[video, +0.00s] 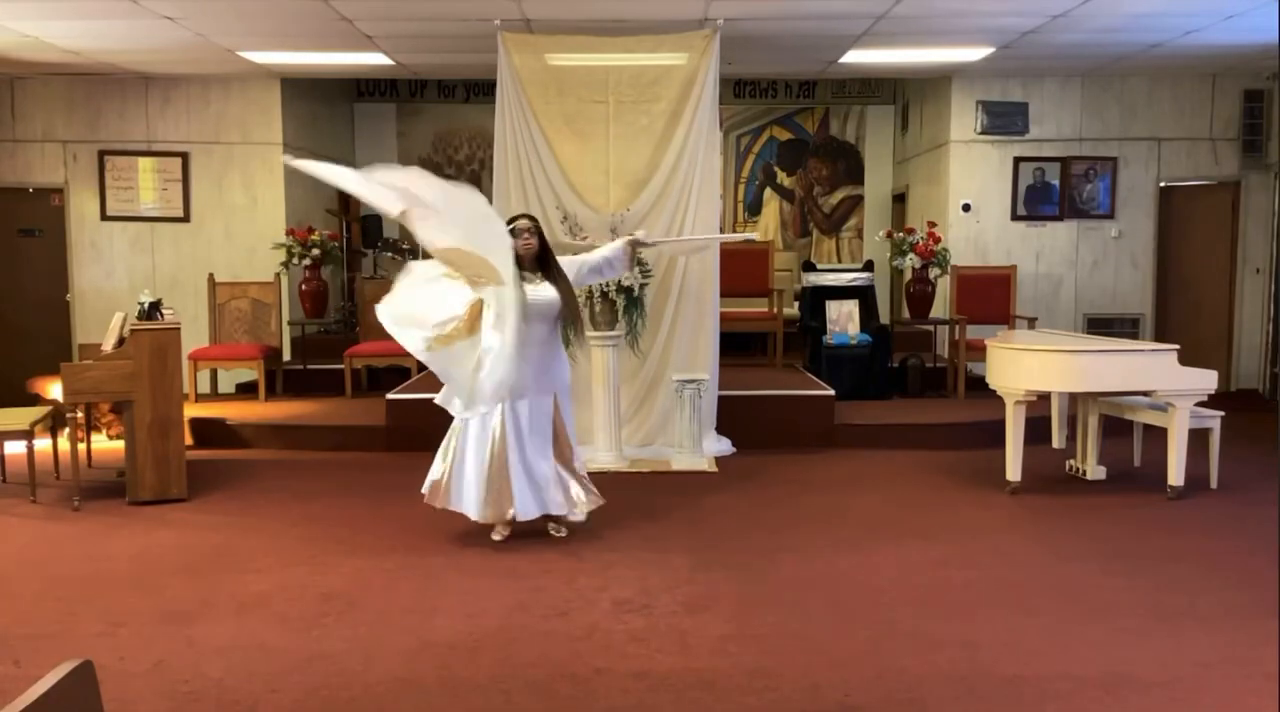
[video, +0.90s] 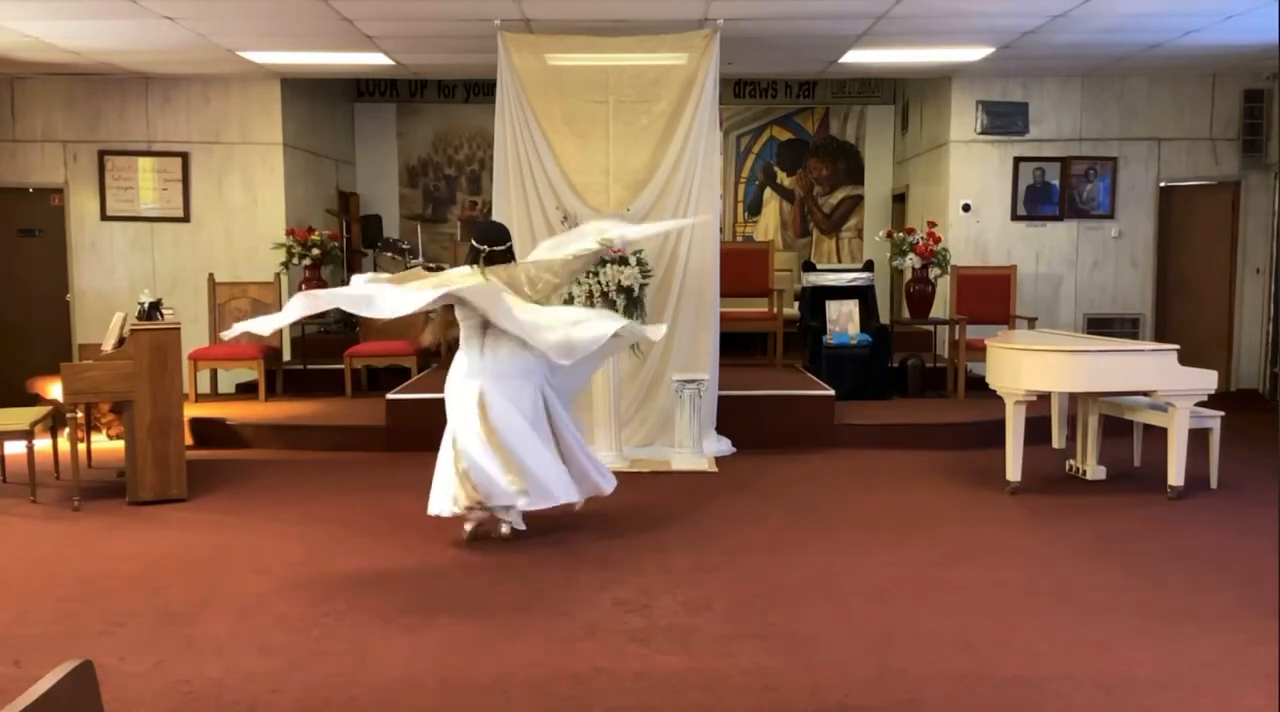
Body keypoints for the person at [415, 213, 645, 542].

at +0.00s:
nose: (525, 239)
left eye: (531, 234)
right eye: (518, 235)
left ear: (541, 240)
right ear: (508, 242)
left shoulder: (556, 273)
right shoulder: (495, 277)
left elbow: (593, 261)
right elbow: (466, 323)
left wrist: (625, 245)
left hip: (545, 372)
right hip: (505, 373)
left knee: (552, 442)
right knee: (502, 443)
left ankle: (556, 512)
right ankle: (502, 516)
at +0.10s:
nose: (514, 240)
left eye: (521, 234)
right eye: (508, 235)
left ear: (532, 241)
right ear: (499, 243)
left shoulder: (550, 276)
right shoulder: (490, 280)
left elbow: (594, 267)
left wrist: (635, 246)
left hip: (543, 368)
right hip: (502, 372)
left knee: (551, 440)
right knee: (505, 442)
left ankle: (557, 512)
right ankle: (507, 515)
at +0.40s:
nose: (470, 239)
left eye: (477, 234)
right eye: (472, 234)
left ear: (491, 243)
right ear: (482, 244)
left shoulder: (514, 271)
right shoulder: (474, 279)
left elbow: (553, 268)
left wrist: (595, 255)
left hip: (519, 364)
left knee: (503, 441)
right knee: (489, 441)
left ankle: (510, 518)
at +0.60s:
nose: (476, 259)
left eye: (473, 251)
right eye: (483, 252)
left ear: (465, 251)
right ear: (503, 250)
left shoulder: (458, 282)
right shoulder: (517, 275)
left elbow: (439, 329)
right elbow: (545, 299)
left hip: (485, 366)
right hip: (522, 360)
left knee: (487, 444)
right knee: (525, 434)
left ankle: (500, 526)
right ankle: (525, 508)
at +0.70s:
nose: (463, 250)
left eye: (463, 244)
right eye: (476, 248)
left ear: (464, 251)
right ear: (501, 251)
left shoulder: (450, 281)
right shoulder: (518, 277)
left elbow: (429, 320)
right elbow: (548, 312)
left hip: (486, 371)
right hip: (528, 365)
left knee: (485, 446)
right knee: (519, 437)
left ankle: (499, 527)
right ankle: (510, 512)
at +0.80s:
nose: (461, 247)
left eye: (463, 243)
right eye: (469, 244)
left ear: (468, 247)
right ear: (503, 247)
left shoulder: (459, 281)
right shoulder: (519, 278)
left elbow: (410, 292)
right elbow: (562, 311)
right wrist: (618, 316)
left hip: (481, 368)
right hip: (523, 365)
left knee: (479, 442)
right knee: (519, 434)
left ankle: (493, 524)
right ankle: (514, 505)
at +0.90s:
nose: (477, 252)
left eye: (474, 246)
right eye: (487, 246)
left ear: (471, 250)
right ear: (509, 248)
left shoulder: (460, 282)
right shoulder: (529, 279)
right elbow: (568, 264)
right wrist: (602, 246)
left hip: (472, 370)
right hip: (518, 367)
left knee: (472, 435)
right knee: (506, 433)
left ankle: (478, 512)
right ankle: (509, 512)